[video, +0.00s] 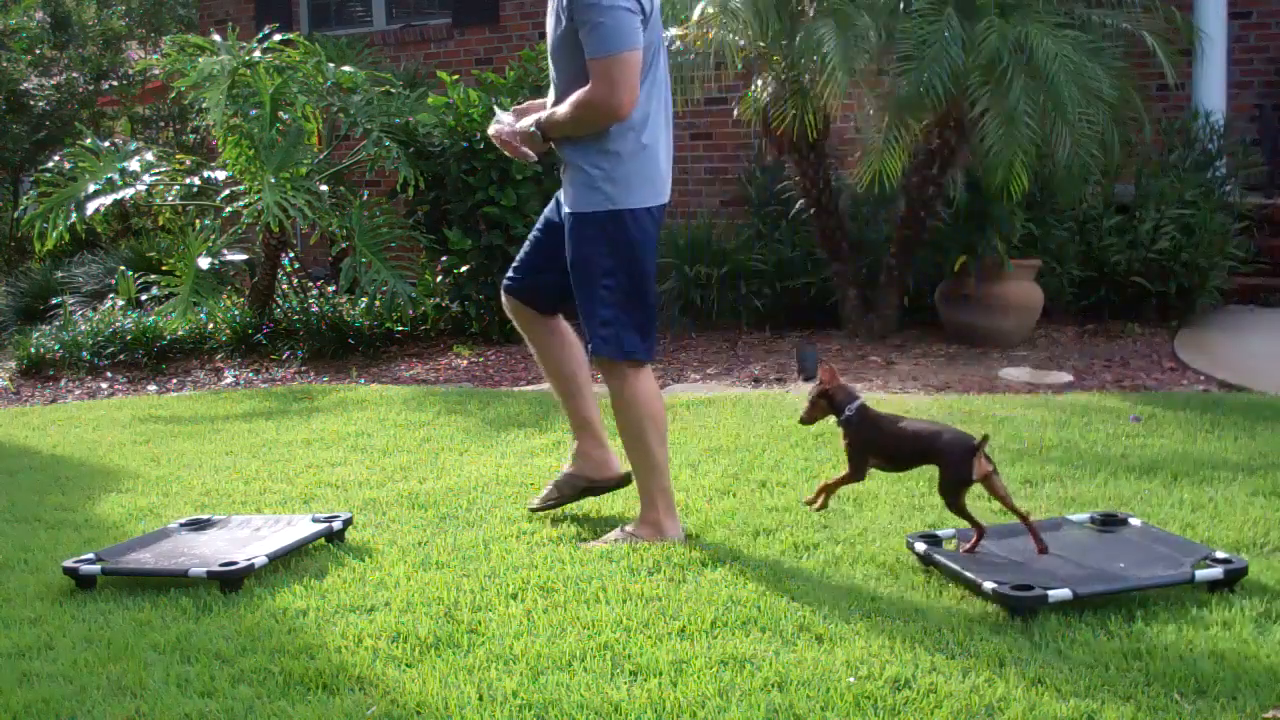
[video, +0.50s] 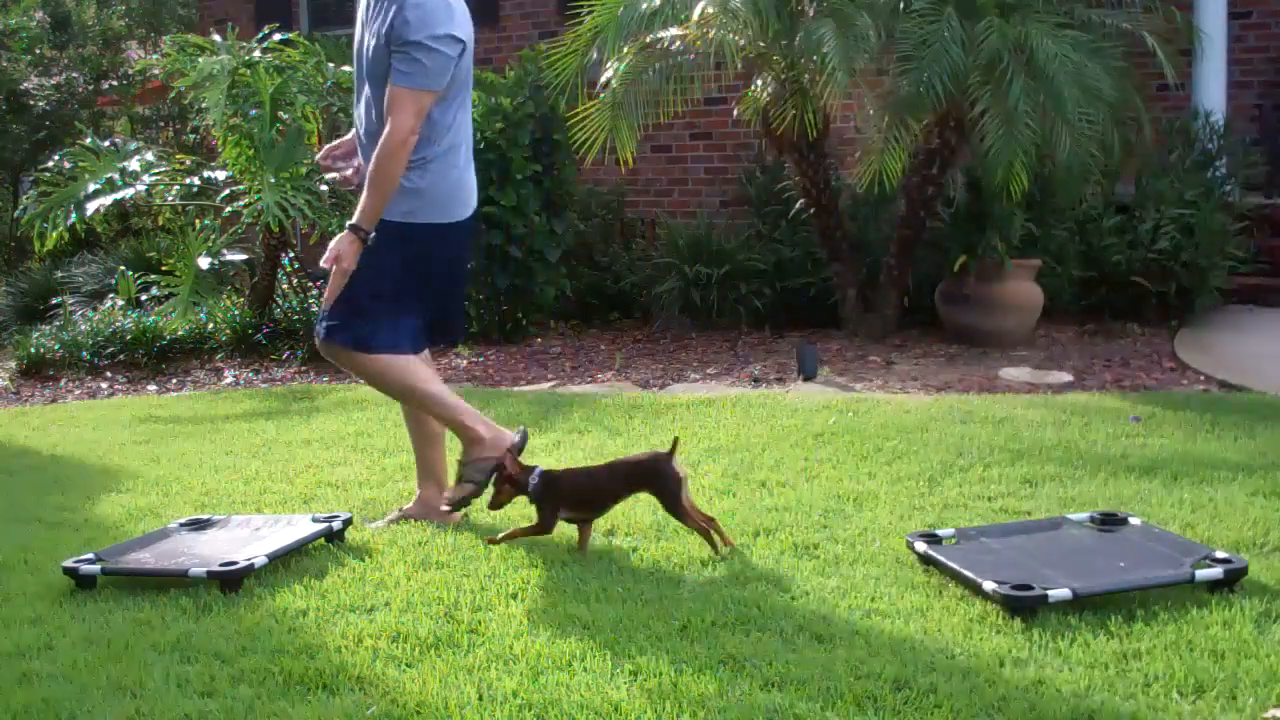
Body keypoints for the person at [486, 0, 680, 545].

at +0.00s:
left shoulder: (604, 2)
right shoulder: (578, 4)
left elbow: (614, 98)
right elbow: (593, 82)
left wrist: (545, 127)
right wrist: (531, 112)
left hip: (617, 188)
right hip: (590, 185)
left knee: (621, 355)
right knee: (527, 295)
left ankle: (660, 520)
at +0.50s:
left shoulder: (428, 14)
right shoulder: (382, 4)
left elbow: (402, 131)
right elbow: (396, 95)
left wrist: (358, 229)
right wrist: (363, 137)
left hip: (419, 206)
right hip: (406, 199)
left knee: (342, 337)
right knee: (408, 345)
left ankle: (486, 437)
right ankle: (432, 498)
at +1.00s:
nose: (204, 8)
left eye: (203, 4)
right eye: (201, 7)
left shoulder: (263, 35)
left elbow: (237, 160)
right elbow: (355, 43)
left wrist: (186, 253)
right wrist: (306, 109)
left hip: (299, 216)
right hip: (350, 196)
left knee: (278, 359)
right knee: (327, 349)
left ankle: (319, 506)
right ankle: (367, 476)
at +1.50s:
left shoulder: (251, 14)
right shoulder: (283, 6)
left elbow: (263, 139)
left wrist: (209, 230)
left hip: (283, 214)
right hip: (314, 207)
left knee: (280, 358)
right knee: (303, 353)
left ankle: (317, 506)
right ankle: (348, 483)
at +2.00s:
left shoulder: (307, 2)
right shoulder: (257, 10)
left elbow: (349, 98)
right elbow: (303, 105)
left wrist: (254, 135)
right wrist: (261, 166)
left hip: (317, 205)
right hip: (310, 204)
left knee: (293, 354)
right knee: (334, 355)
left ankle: (319, 511)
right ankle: (361, 498)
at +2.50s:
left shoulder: (345, 2)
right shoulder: (282, 13)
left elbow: (387, 91)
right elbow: (310, 105)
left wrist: (294, 132)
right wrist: (287, 169)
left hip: (351, 206)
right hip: (308, 210)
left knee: (354, 354)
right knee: (335, 358)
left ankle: (401, 492)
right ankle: (360, 494)